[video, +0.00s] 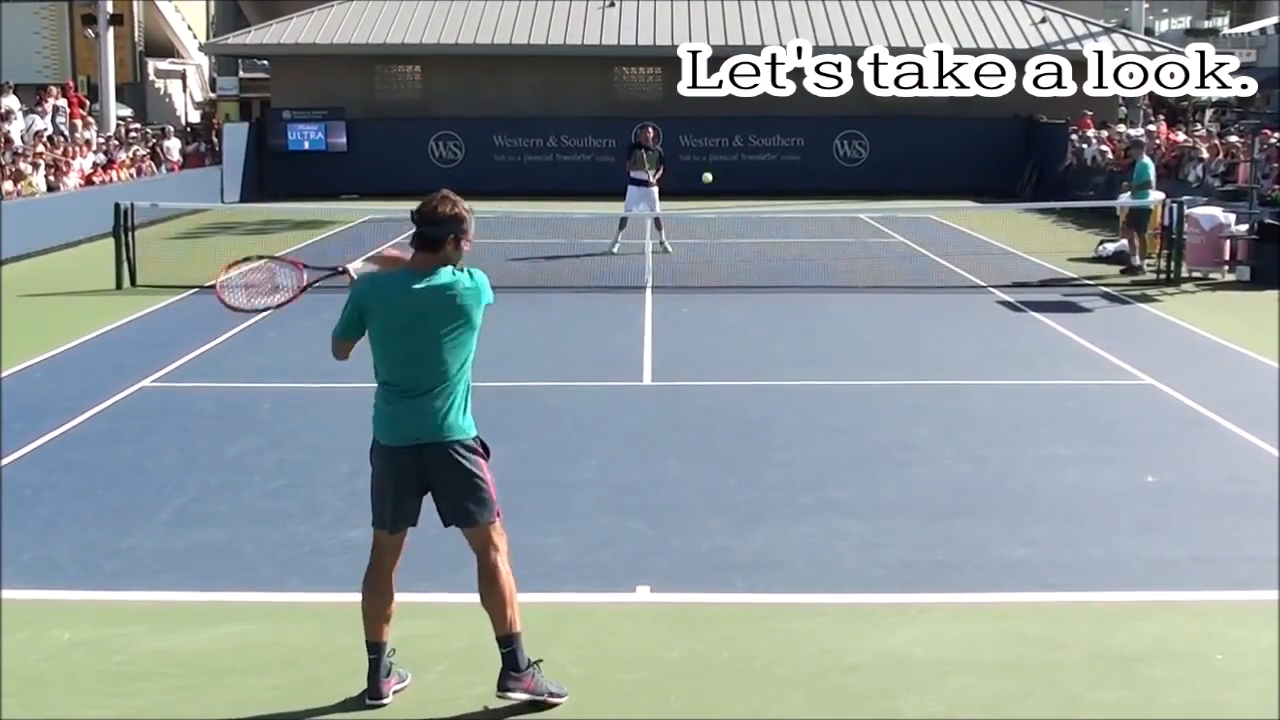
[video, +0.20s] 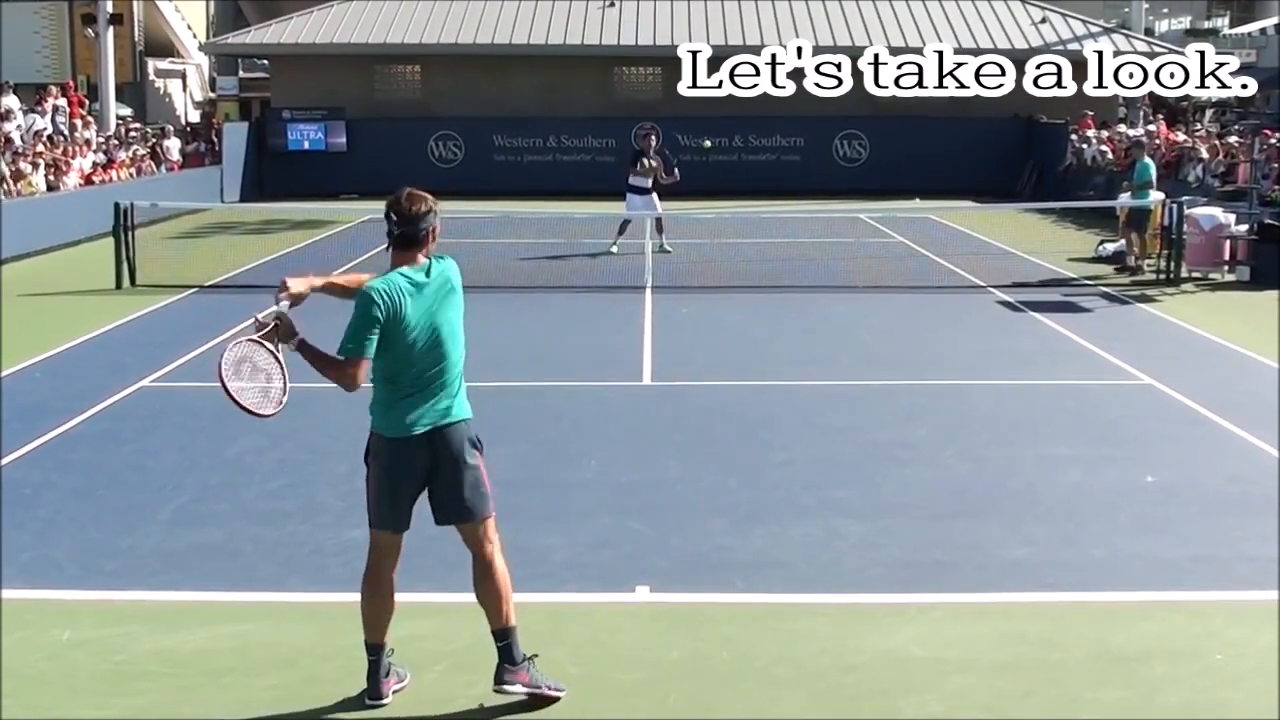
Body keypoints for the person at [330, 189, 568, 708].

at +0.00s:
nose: (470, 247)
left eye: (468, 238)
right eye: (468, 239)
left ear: (418, 238)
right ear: (455, 243)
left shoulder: (371, 286)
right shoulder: (470, 287)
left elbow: (341, 348)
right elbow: (436, 274)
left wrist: (361, 288)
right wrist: (395, 260)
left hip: (392, 444)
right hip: (453, 441)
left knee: (383, 554)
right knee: (491, 547)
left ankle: (377, 676)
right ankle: (516, 670)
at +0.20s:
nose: (438, 234)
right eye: (437, 228)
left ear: (388, 232)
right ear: (432, 234)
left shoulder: (377, 294)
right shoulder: (448, 272)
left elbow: (350, 376)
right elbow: (381, 283)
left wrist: (293, 339)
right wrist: (316, 282)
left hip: (394, 443)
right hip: (455, 432)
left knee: (382, 558)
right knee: (486, 545)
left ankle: (377, 675)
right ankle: (513, 663)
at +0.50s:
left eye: (381, 233)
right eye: (418, 230)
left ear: (378, 238)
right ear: (422, 237)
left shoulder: (385, 292)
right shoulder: (445, 282)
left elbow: (401, 371)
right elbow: (432, 358)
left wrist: (346, 388)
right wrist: (360, 390)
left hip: (408, 442)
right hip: (462, 429)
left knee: (386, 554)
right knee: (495, 531)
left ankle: (378, 672)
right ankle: (542, 638)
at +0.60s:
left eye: (392, 238)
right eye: (426, 235)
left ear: (390, 242)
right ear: (434, 241)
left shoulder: (386, 296)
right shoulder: (463, 289)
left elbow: (388, 379)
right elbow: (477, 369)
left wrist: (350, 403)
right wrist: (411, 393)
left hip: (416, 446)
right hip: (471, 437)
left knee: (387, 553)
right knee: (499, 537)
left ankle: (379, 671)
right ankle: (544, 644)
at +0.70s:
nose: (445, 257)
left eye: (416, 251)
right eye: (447, 250)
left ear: (406, 257)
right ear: (449, 257)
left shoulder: (388, 313)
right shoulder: (483, 307)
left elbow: (373, 397)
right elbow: (517, 381)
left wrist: (384, 417)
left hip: (420, 460)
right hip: (480, 454)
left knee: (389, 555)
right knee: (509, 549)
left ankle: (378, 670)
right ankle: (551, 656)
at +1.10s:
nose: (568, 247)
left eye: (560, 240)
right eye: (567, 241)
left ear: (523, 244)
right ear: (564, 248)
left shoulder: (505, 289)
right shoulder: (540, 302)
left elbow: (551, 325)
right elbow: (548, 379)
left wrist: (609, 321)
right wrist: (610, 393)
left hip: (485, 438)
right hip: (525, 439)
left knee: (481, 542)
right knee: (568, 542)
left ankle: (410, 636)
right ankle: (543, 662)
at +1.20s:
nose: (591, 245)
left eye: (587, 237)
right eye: (591, 238)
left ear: (549, 238)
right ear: (584, 243)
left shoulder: (538, 279)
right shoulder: (553, 288)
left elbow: (603, 295)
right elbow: (549, 363)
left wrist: (662, 293)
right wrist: (620, 369)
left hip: (506, 422)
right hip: (536, 424)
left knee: (529, 525)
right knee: (575, 536)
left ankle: (473, 623)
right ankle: (546, 658)